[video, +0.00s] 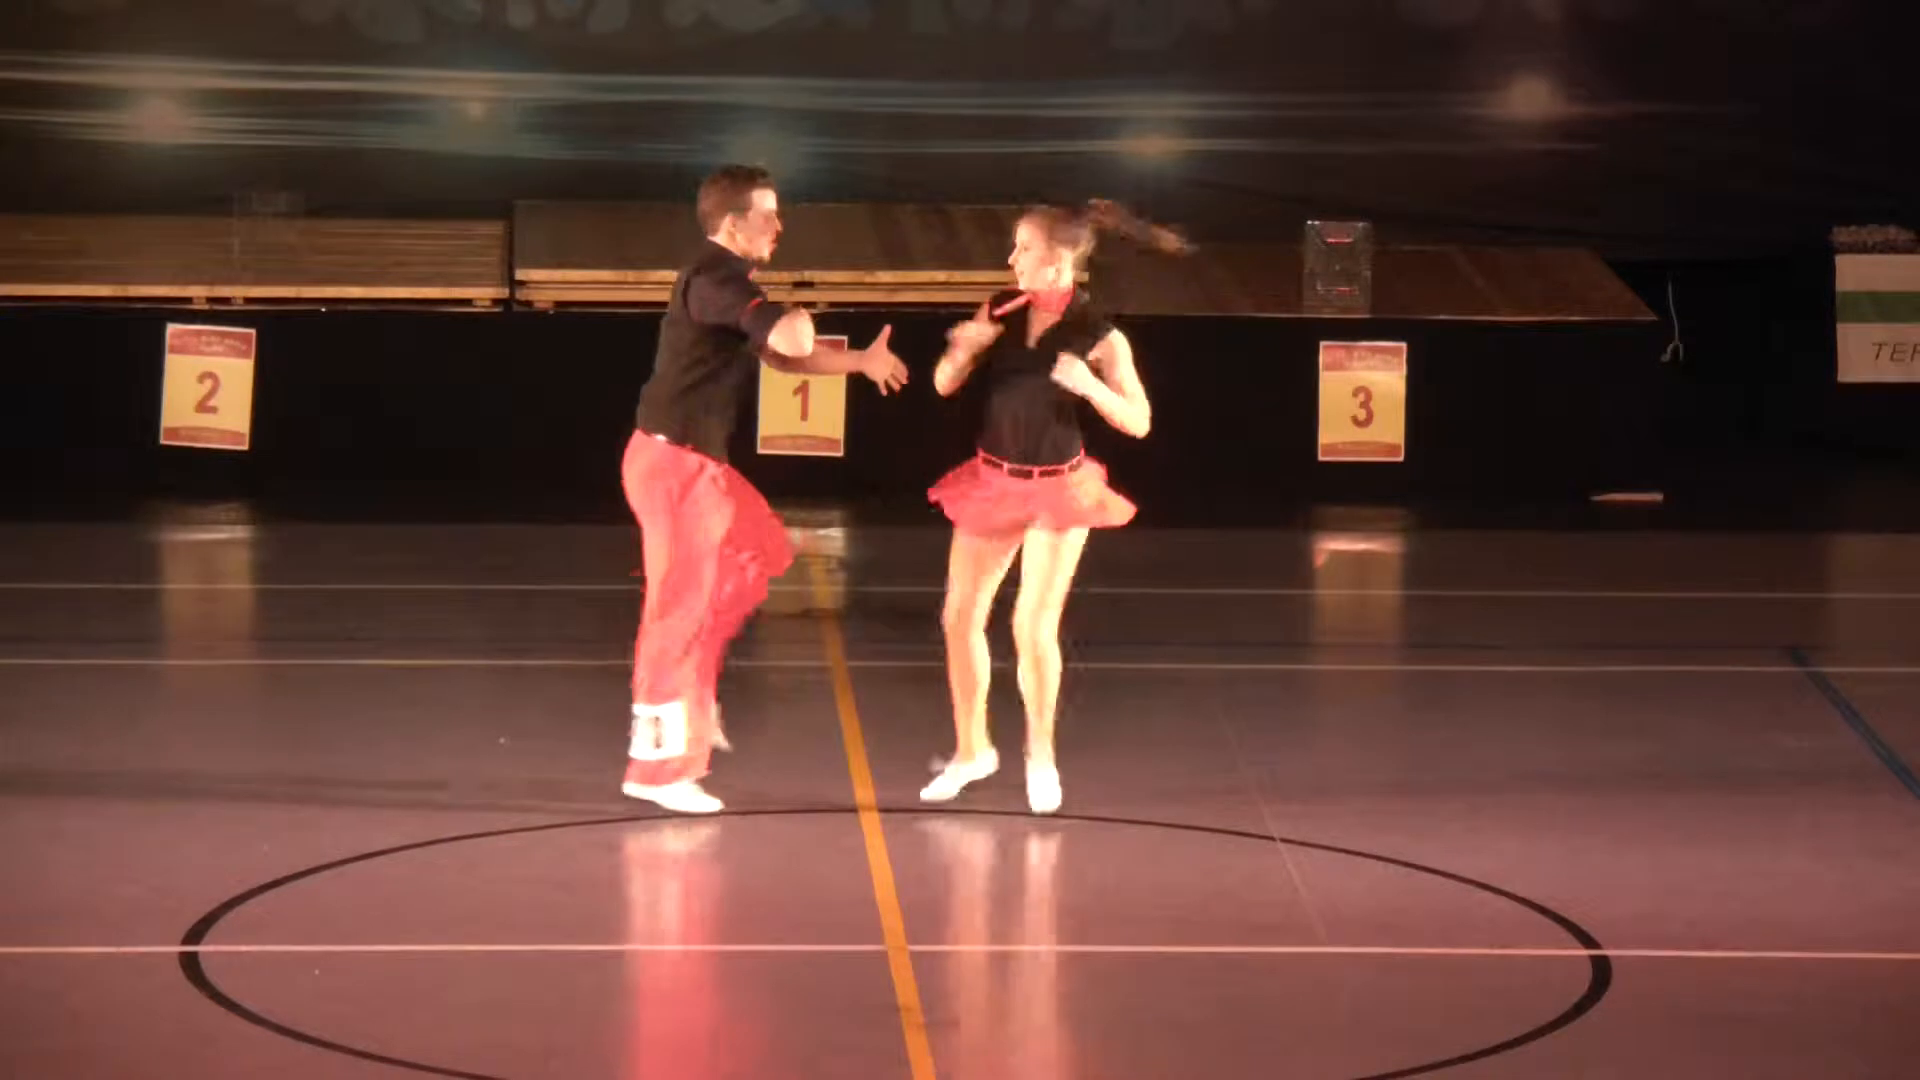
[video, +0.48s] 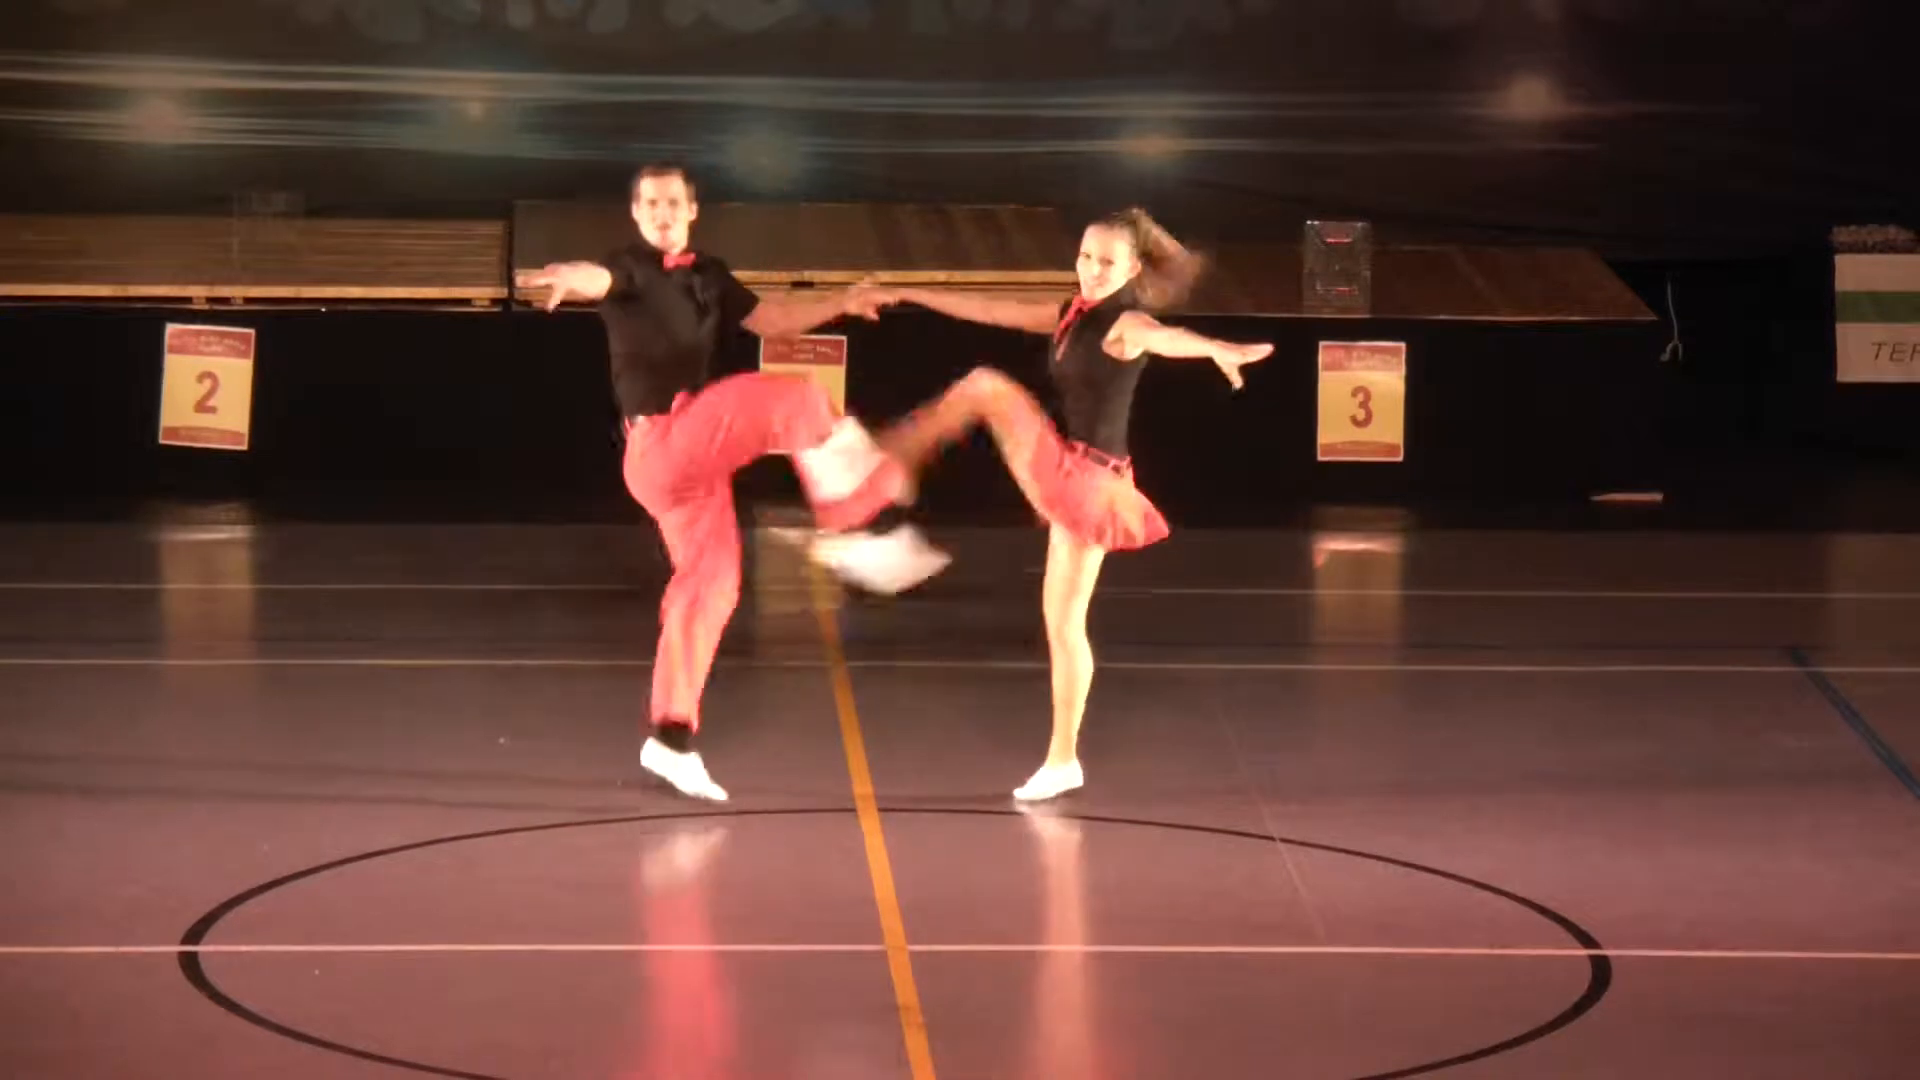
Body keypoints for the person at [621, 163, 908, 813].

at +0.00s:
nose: (778, 226)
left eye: (776, 214)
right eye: (768, 215)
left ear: (734, 224)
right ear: (731, 222)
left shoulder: (727, 279)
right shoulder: (716, 277)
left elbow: (784, 353)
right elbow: (787, 338)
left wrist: (856, 358)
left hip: (687, 461)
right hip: (671, 462)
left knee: (762, 554)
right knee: (682, 602)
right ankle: (655, 762)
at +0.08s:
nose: (759, 241)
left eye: (755, 229)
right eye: (747, 229)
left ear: (717, 242)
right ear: (711, 240)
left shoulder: (719, 305)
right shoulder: (696, 299)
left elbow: (782, 363)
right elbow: (763, 348)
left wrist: (860, 363)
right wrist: (819, 340)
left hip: (697, 494)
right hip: (662, 489)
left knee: (746, 600)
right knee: (648, 625)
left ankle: (722, 759)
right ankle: (608, 785)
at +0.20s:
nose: (710, 241)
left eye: (714, 230)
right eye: (696, 232)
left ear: (721, 236)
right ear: (663, 240)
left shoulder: (713, 311)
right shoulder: (653, 296)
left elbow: (778, 362)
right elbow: (649, 340)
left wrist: (859, 367)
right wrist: (707, 332)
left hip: (702, 484)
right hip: (667, 481)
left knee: (710, 614)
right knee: (728, 605)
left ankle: (706, 772)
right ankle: (631, 697)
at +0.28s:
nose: (687, 262)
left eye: (698, 251)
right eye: (676, 249)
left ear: (710, 254)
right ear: (652, 248)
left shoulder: (705, 314)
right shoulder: (625, 297)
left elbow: (773, 360)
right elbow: (568, 323)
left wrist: (855, 356)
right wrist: (625, 312)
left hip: (695, 478)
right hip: (663, 481)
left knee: (719, 614)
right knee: (814, 513)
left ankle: (667, 767)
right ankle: (764, 661)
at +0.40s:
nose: (664, 238)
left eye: (675, 227)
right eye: (652, 227)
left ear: (693, 234)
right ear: (633, 235)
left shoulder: (707, 303)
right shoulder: (621, 296)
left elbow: (772, 342)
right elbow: (581, 304)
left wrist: (843, 318)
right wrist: (543, 297)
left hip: (686, 470)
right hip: (660, 470)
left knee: (684, 619)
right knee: (803, 471)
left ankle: (663, 768)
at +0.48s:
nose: (663, 214)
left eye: (674, 203)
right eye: (652, 204)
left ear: (694, 211)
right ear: (634, 213)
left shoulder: (708, 276)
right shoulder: (628, 270)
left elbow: (771, 320)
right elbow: (594, 281)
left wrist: (841, 304)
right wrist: (557, 282)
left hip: (692, 446)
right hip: (656, 445)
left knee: (709, 579)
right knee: (794, 397)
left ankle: (672, 738)